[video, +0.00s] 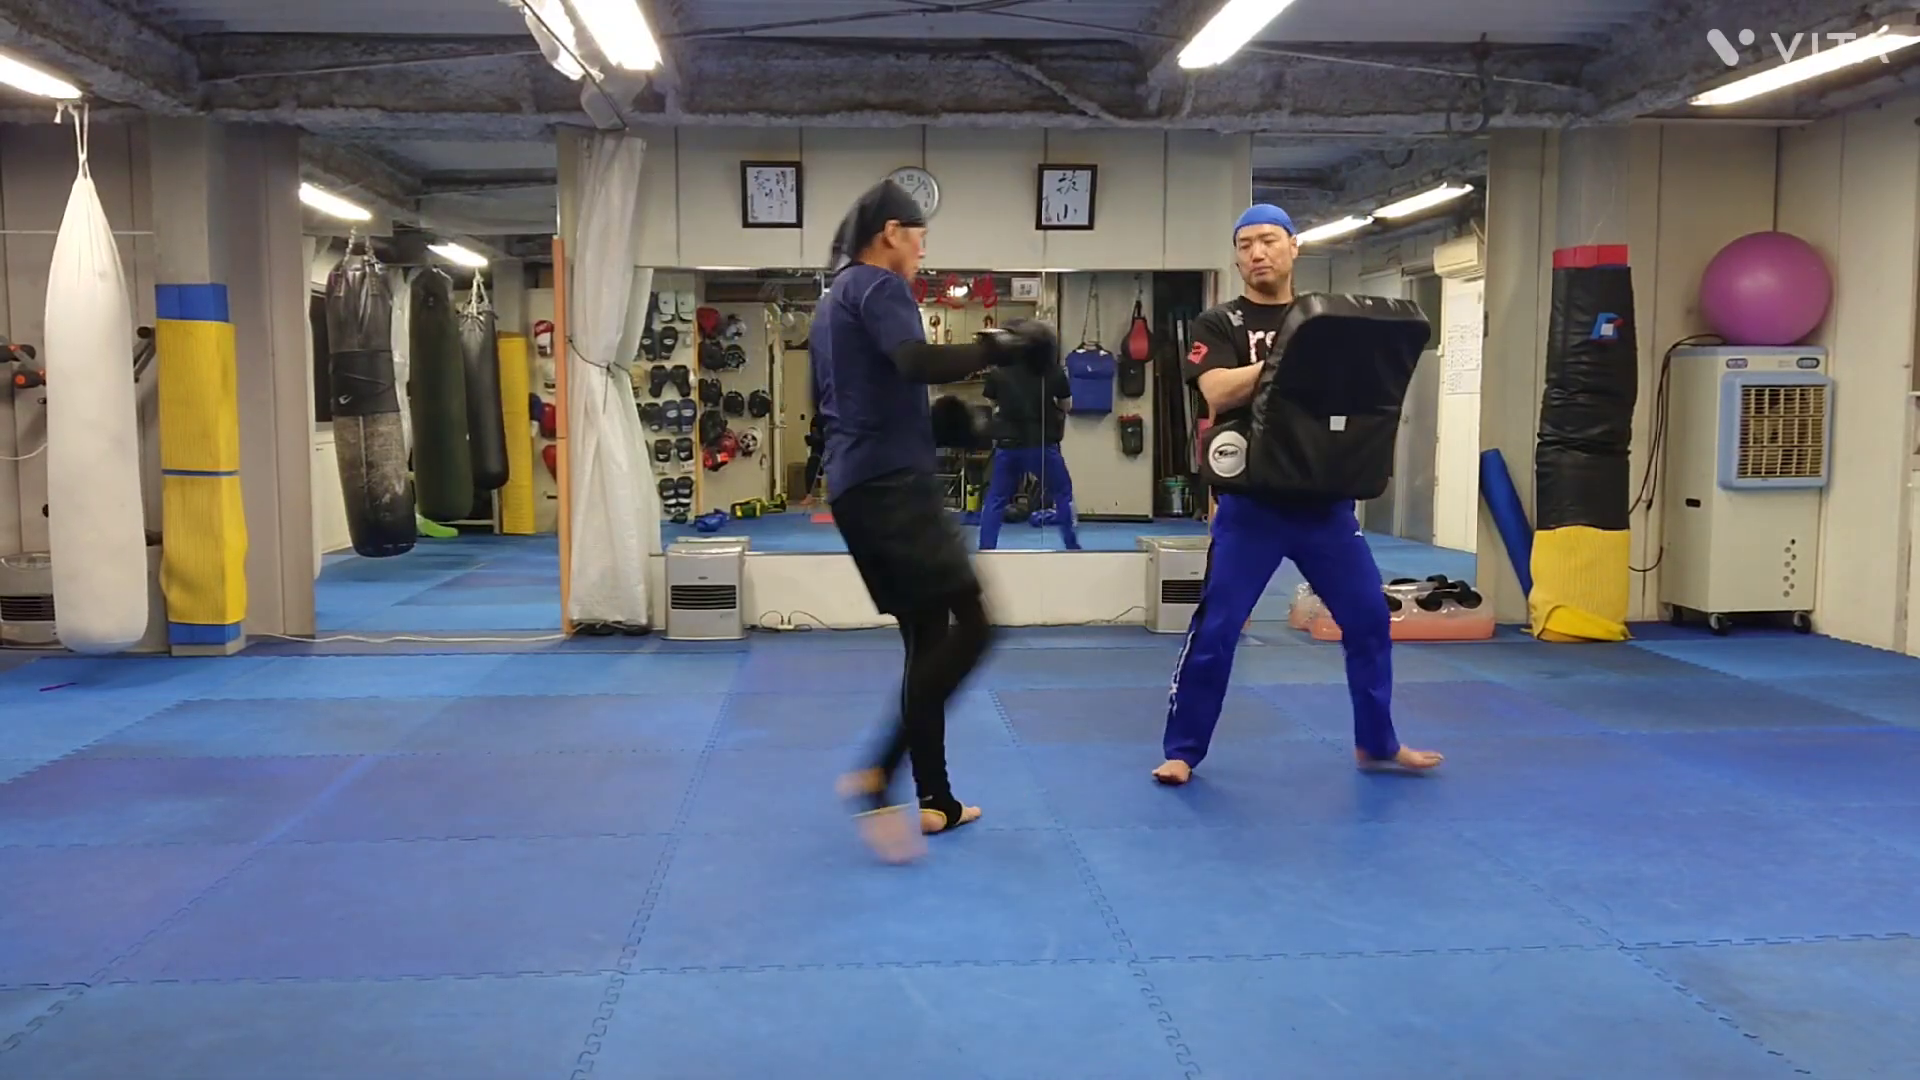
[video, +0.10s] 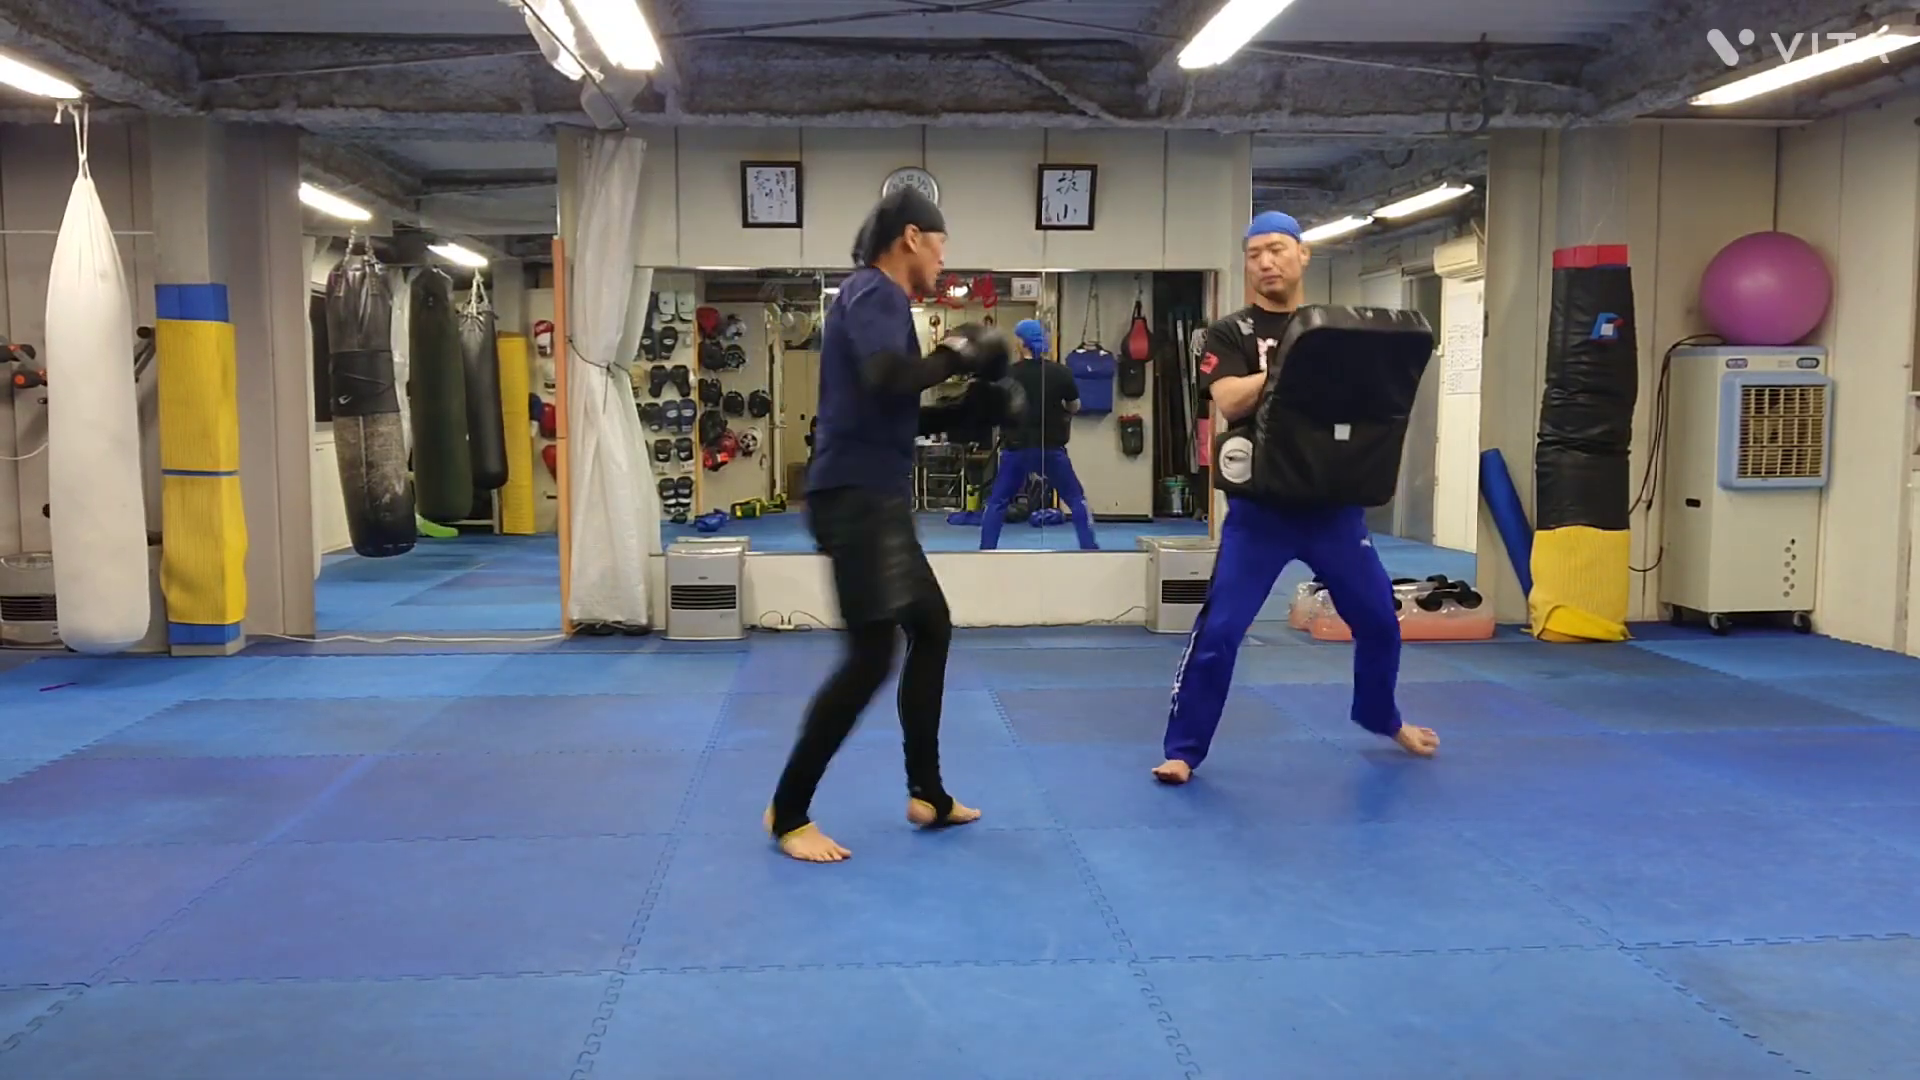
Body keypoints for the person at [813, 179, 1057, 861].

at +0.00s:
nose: (923, 251)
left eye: (923, 238)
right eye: (918, 237)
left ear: (871, 236)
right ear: (888, 233)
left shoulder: (837, 295)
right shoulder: (881, 285)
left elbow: (848, 408)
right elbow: (912, 359)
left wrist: (933, 421)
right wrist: (1002, 348)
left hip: (860, 487)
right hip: (893, 483)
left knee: (925, 636)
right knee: (971, 624)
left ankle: (937, 800)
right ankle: (877, 778)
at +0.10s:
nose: (944, 260)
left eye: (945, 247)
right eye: (941, 246)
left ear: (904, 239)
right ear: (911, 238)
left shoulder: (884, 302)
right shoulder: (871, 292)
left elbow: (897, 412)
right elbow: (885, 374)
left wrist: (973, 407)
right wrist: (963, 354)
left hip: (879, 498)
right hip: (852, 498)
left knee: (932, 626)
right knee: (874, 651)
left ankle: (926, 794)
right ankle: (788, 815)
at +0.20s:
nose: (959, 275)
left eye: (959, 262)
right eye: (955, 260)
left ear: (922, 255)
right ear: (925, 252)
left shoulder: (899, 322)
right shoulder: (867, 313)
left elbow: (918, 418)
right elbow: (845, 400)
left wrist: (995, 401)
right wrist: (933, 397)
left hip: (862, 510)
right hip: (821, 509)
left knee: (933, 617)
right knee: (847, 657)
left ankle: (911, 781)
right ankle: (784, 823)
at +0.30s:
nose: (961, 269)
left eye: (962, 256)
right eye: (957, 254)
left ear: (924, 252)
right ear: (926, 248)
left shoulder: (915, 326)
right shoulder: (866, 308)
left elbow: (946, 400)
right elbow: (830, 400)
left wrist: (1015, 390)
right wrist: (924, 427)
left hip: (870, 509)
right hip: (824, 508)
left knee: (933, 613)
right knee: (838, 658)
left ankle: (911, 772)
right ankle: (783, 823)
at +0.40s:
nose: (963, 265)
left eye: (964, 252)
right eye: (959, 250)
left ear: (928, 248)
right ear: (930, 244)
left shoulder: (926, 321)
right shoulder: (872, 305)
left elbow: (963, 395)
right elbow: (829, 393)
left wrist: (1031, 396)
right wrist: (928, 410)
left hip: (889, 510)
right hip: (839, 509)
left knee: (947, 610)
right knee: (838, 658)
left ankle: (939, 771)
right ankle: (782, 821)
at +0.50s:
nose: (967, 270)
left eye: (968, 258)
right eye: (964, 256)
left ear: (932, 252)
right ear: (937, 250)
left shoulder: (932, 326)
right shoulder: (881, 316)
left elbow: (953, 413)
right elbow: (877, 396)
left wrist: (1022, 419)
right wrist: (966, 377)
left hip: (913, 515)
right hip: (861, 517)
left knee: (969, 617)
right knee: (848, 657)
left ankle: (997, 761)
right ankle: (782, 822)